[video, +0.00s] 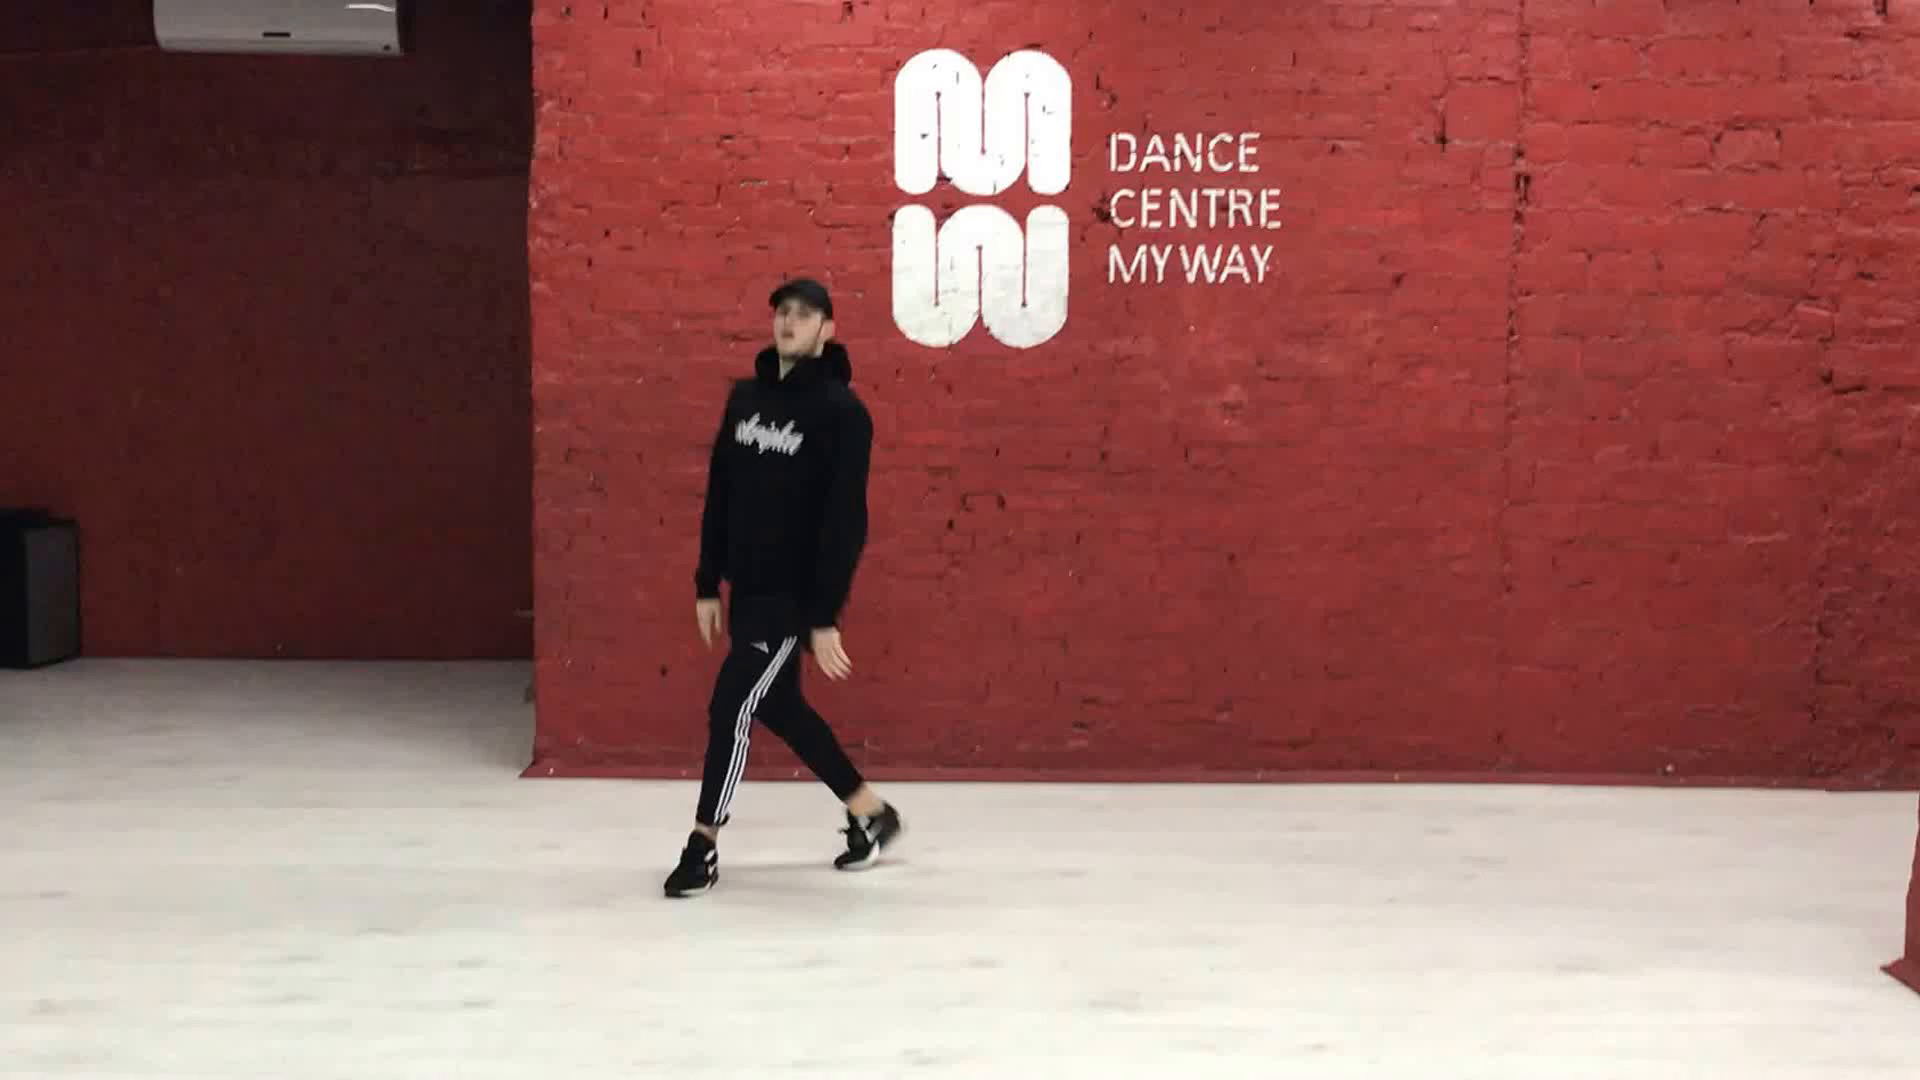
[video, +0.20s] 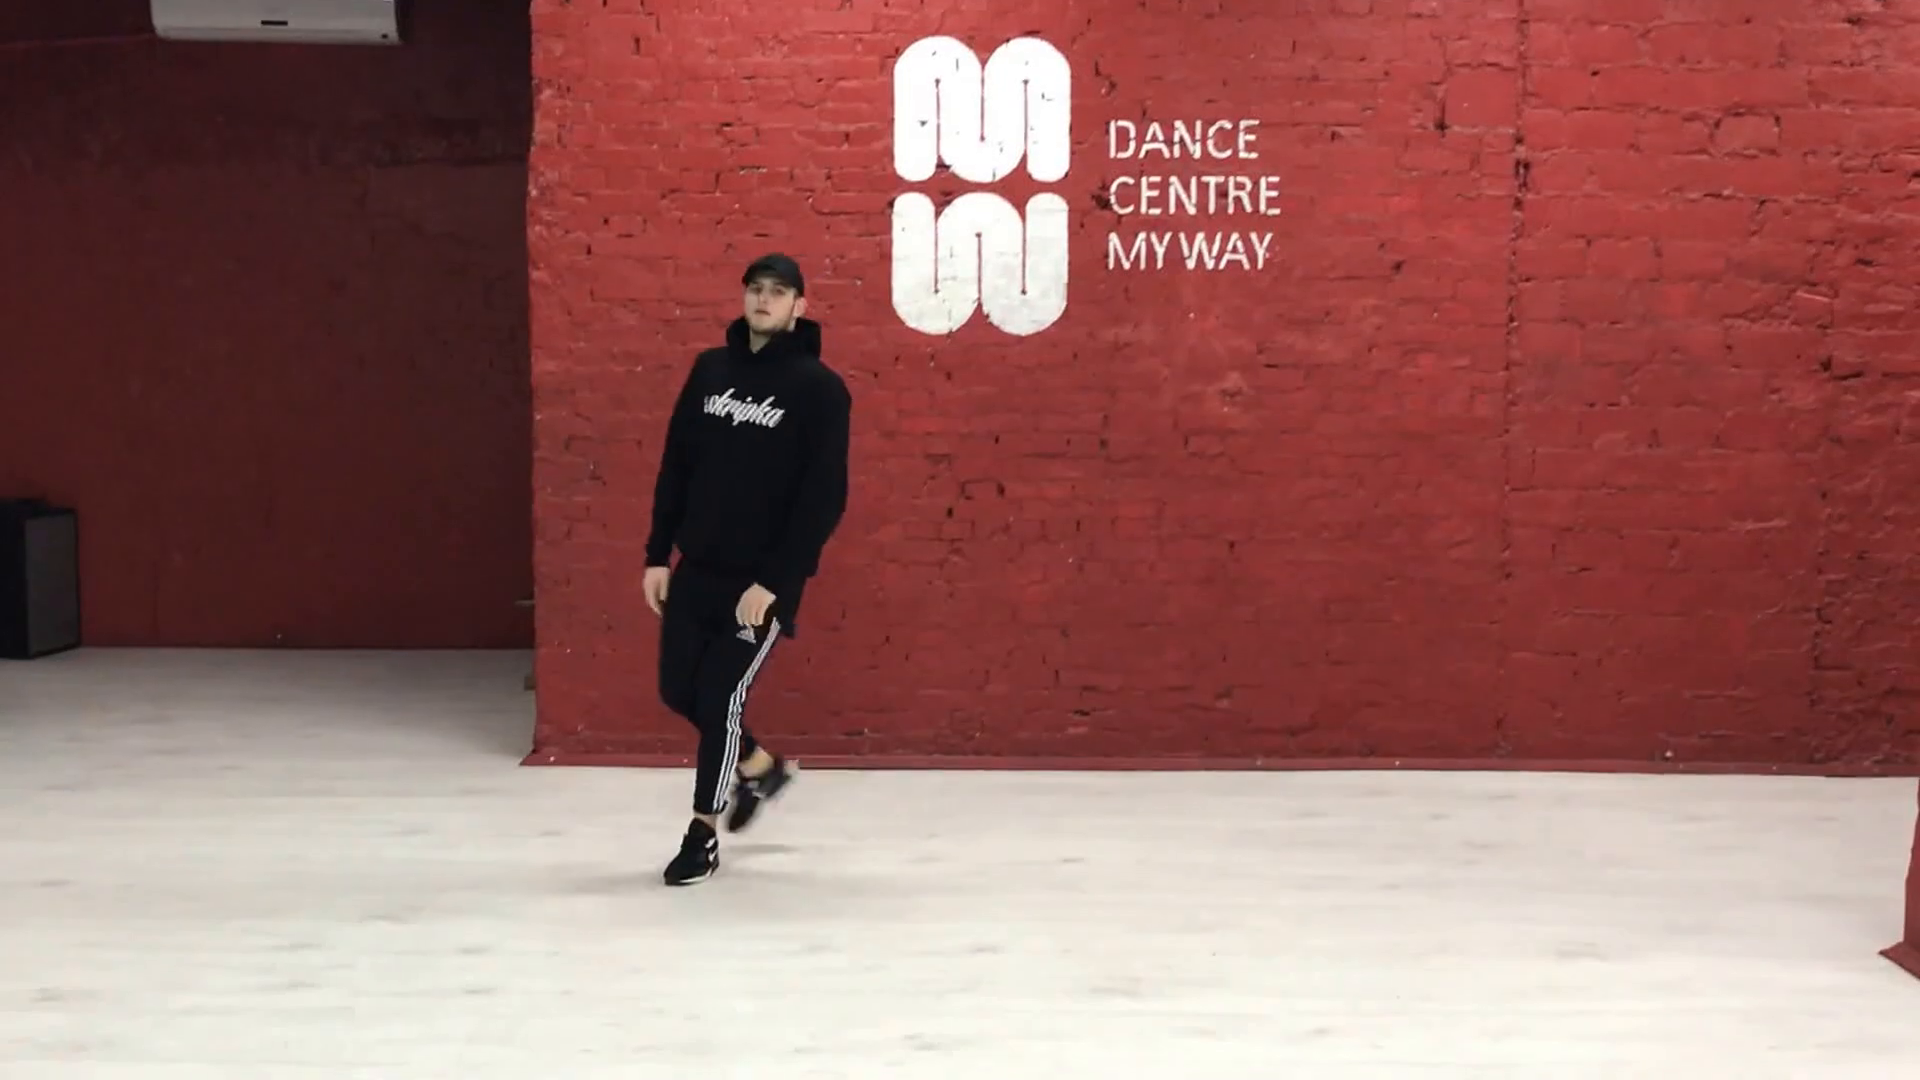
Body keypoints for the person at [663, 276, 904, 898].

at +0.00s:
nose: (788, 324)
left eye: (803, 315)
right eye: (782, 313)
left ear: (826, 328)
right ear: (772, 322)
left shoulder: (843, 412)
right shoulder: (746, 396)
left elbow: (847, 520)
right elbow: (720, 493)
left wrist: (825, 616)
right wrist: (708, 584)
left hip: (797, 590)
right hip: (745, 586)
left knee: (730, 707)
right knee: (785, 711)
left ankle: (702, 842)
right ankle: (869, 811)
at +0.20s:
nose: (763, 301)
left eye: (777, 293)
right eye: (755, 290)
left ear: (798, 305)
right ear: (742, 298)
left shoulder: (821, 390)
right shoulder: (711, 368)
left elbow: (824, 498)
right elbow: (677, 462)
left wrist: (774, 582)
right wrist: (659, 553)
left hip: (765, 570)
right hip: (698, 560)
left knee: (721, 696)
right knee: (680, 688)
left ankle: (703, 830)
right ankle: (762, 767)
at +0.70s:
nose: (731, 276)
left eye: (744, 266)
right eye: (719, 265)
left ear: (762, 279)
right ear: (701, 276)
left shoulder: (797, 364)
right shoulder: (665, 357)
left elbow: (830, 445)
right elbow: (622, 433)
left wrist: (834, 499)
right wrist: (609, 496)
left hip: (761, 551)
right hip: (683, 549)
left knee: (726, 689)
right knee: (713, 685)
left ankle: (700, 802)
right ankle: (722, 843)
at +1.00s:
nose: (744, 236)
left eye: (755, 225)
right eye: (730, 225)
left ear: (771, 239)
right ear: (707, 238)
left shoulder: (805, 324)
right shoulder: (674, 323)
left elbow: (855, 422)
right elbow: (617, 426)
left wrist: (842, 394)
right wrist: (642, 388)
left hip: (779, 535)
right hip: (697, 534)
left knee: (774, 693)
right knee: (731, 684)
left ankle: (721, 774)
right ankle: (730, 835)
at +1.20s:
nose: (770, 209)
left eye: (780, 198)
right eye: (756, 197)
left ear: (793, 212)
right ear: (727, 208)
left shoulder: (819, 304)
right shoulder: (686, 296)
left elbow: (857, 411)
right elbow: (635, 402)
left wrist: (925, 361)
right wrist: (588, 349)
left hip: (799, 522)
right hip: (713, 522)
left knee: (814, 669)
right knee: (736, 673)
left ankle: (795, 824)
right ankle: (730, 826)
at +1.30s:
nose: (786, 216)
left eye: (797, 204)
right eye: (773, 201)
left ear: (807, 211)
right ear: (742, 200)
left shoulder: (827, 296)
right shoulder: (692, 281)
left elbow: (883, 398)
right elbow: (627, 376)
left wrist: (926, 330)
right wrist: (619, 314)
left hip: (810, 517)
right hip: (723, 516)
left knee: (813, 674)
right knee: (746, 673)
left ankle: (825, 846)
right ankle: (731, 822)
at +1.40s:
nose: (795, 256)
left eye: (808, 243)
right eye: (784, 241)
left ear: (824, 233)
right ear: (756, 223)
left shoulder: (838, 305)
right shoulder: (705, 290)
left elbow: (913, 389)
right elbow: (624, 351)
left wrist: (905, 310)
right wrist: (688, 268)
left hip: (827, 523)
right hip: (739, 525)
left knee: (832, 675)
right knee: (763, 675)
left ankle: (830, 842)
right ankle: (735, 809)